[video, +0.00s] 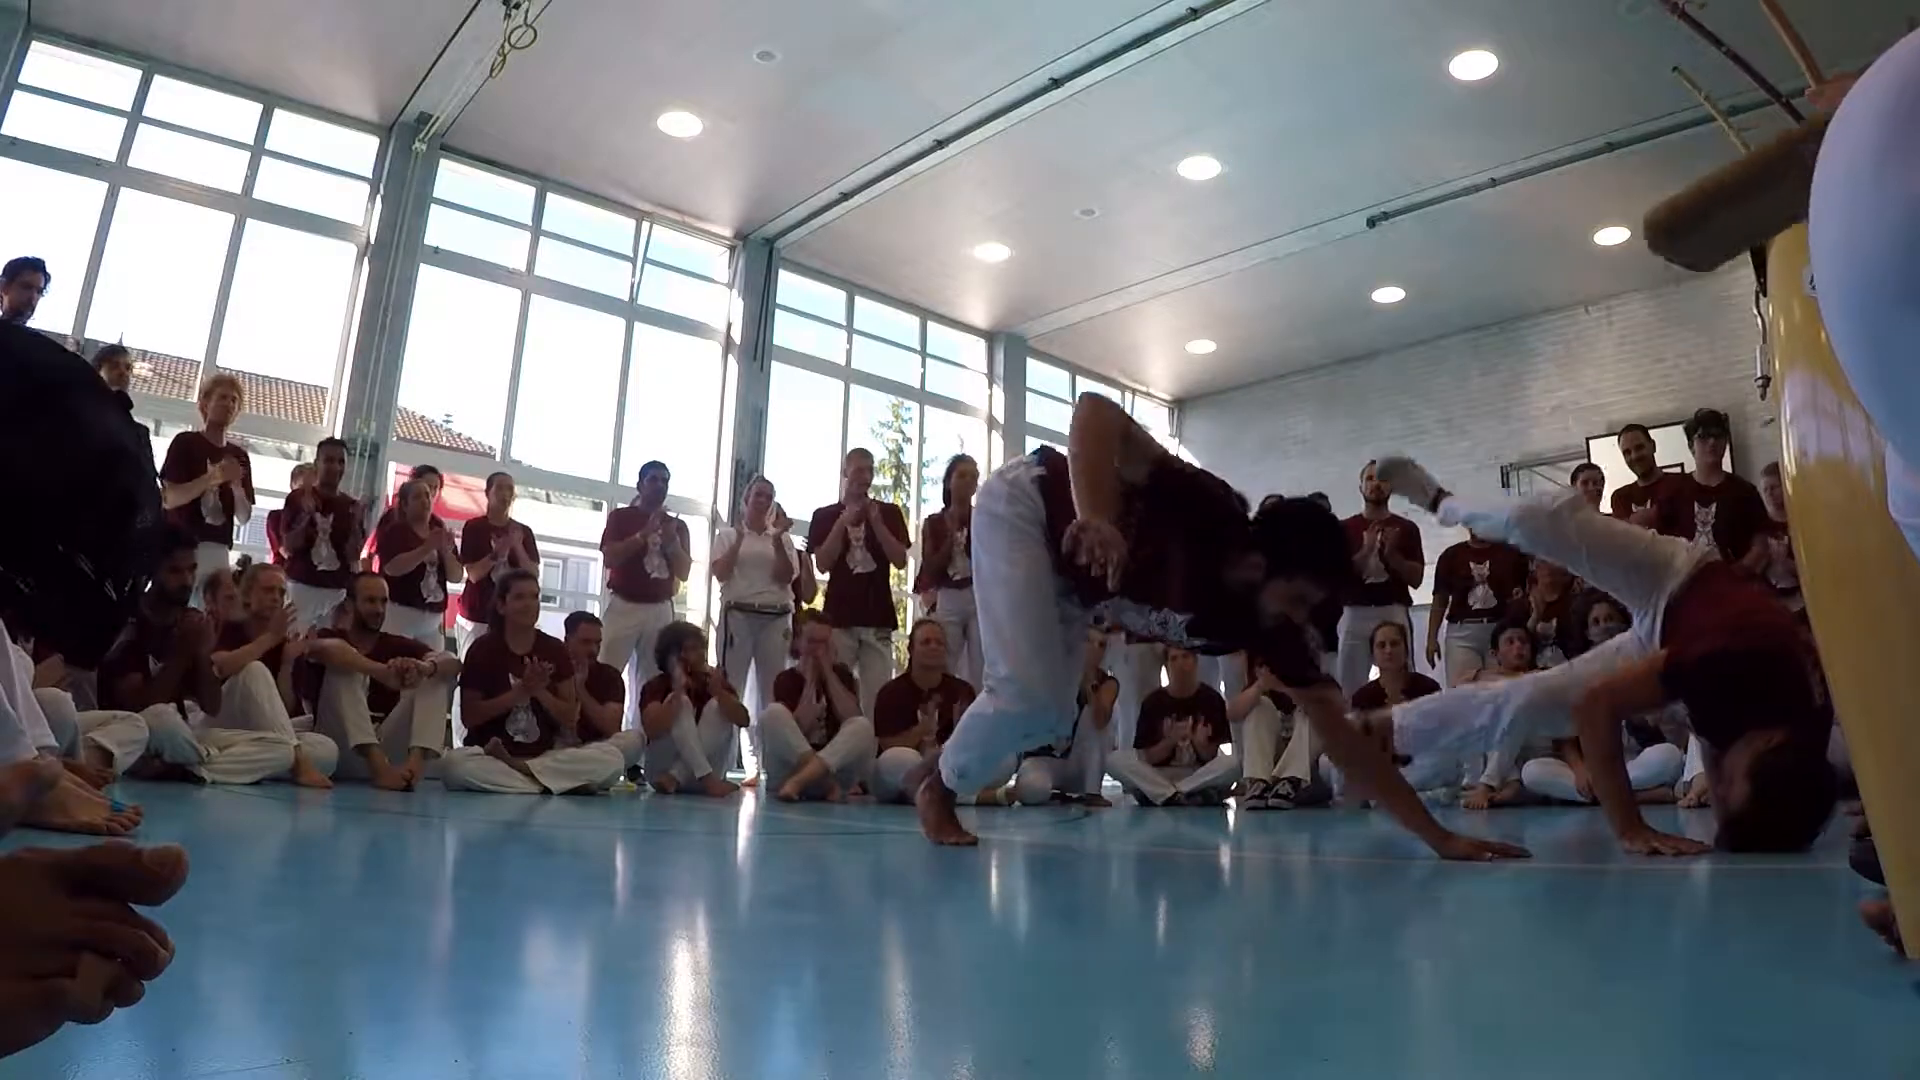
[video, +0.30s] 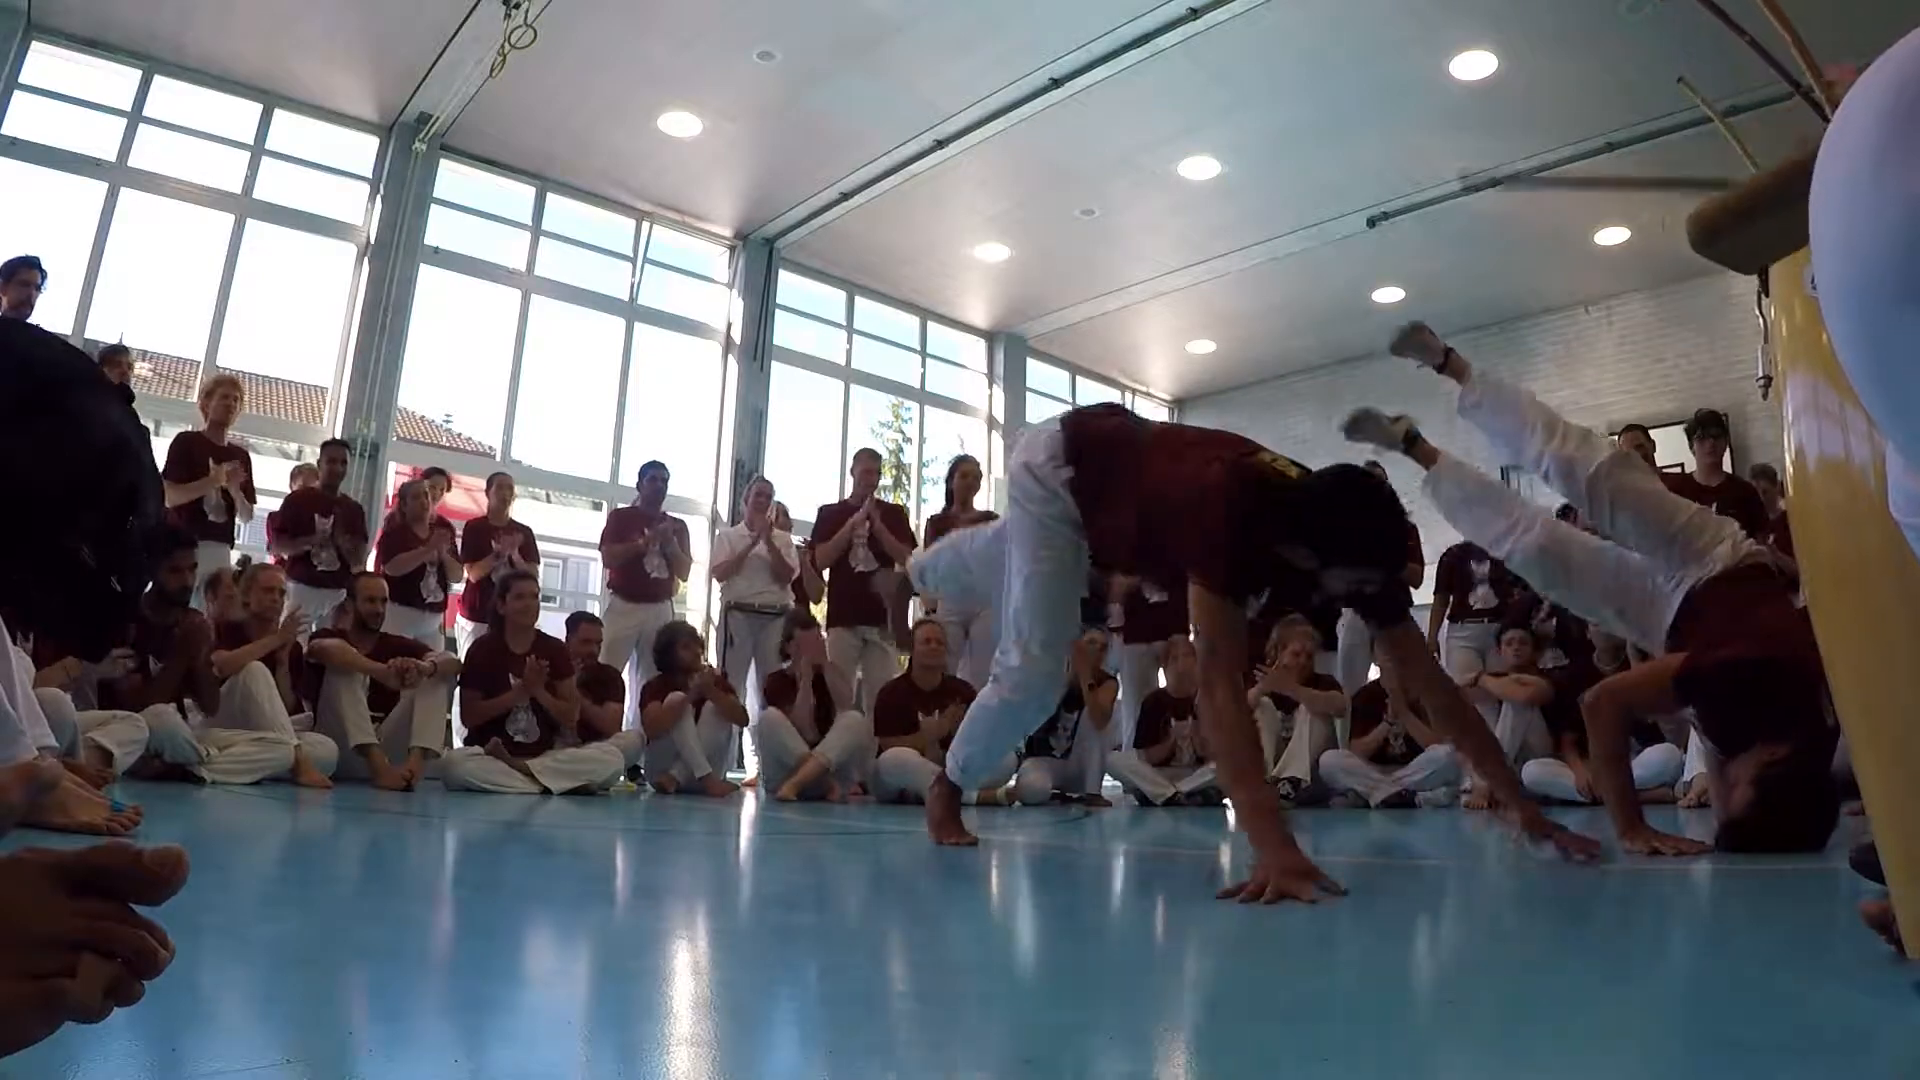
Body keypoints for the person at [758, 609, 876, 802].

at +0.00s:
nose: (818, 649)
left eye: (824, 643)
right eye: (812, 642)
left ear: (831, 645)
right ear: (798, 643)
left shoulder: (842, 674)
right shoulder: (786, 679)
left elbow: (853, 717)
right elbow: (795, 731)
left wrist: (829, 672)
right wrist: (810, 681)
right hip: (789, 775)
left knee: (862, 727)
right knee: (773, 713)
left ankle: (798, 782)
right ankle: (829, 785)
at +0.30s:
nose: (817, 646)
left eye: (819, 639)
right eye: (809, 642)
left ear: (822, 640)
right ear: (790, 647)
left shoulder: (833, 673)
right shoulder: (776, 681)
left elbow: (847, 705)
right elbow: (803, 732)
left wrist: (826, 663)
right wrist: (805, 680)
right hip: (787, 778)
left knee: (854, 720)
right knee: (769, 717)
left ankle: (794, 784)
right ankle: (829, 785)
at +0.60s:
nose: (801, 659)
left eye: (807, 653)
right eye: (796, 654)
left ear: (814, 653)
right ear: (784, 654)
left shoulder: (822, 673)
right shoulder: (770, 678)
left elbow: (847, 696)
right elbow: (790, 706)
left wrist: (826, 641)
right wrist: (785, 657)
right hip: (785, 777)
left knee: (856, 718)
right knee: (770, 717)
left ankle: (803, 784)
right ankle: (829, 784)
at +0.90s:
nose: (807, 663)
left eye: (812, 655)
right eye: (799, 658)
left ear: (816, 652)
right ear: (786, 656)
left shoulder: (823, 674)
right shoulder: (770, 679)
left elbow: (850, 673)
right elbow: (783, 695)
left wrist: (824, 634)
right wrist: (780, 643)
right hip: (786, 778)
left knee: (859, 720)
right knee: (783, 712)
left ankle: (806, 785)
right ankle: (831, 785)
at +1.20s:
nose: (813, 663)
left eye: (818, 656)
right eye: (806, 657)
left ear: (825, 652)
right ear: (793, 651)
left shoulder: (830, 676)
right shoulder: (777, 675)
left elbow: (851, 668)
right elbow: (784, 691)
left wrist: (832, 632)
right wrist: (789, 640)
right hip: (786, 776)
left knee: (859, 720)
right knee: (793, 703)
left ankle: (807, 784)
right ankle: (830, 783)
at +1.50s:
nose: (812, 663)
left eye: (818, 657)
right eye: (805, 656)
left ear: (827, 654)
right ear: (793, 653)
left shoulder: (833, 677)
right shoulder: (778, 675)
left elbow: (853, 683)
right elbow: (783, 689)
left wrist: (835, 639)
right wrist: (788, 640)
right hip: (786, 777)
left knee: (856, 713)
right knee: (793, 701)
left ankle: (809, 783)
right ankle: (826, 782)